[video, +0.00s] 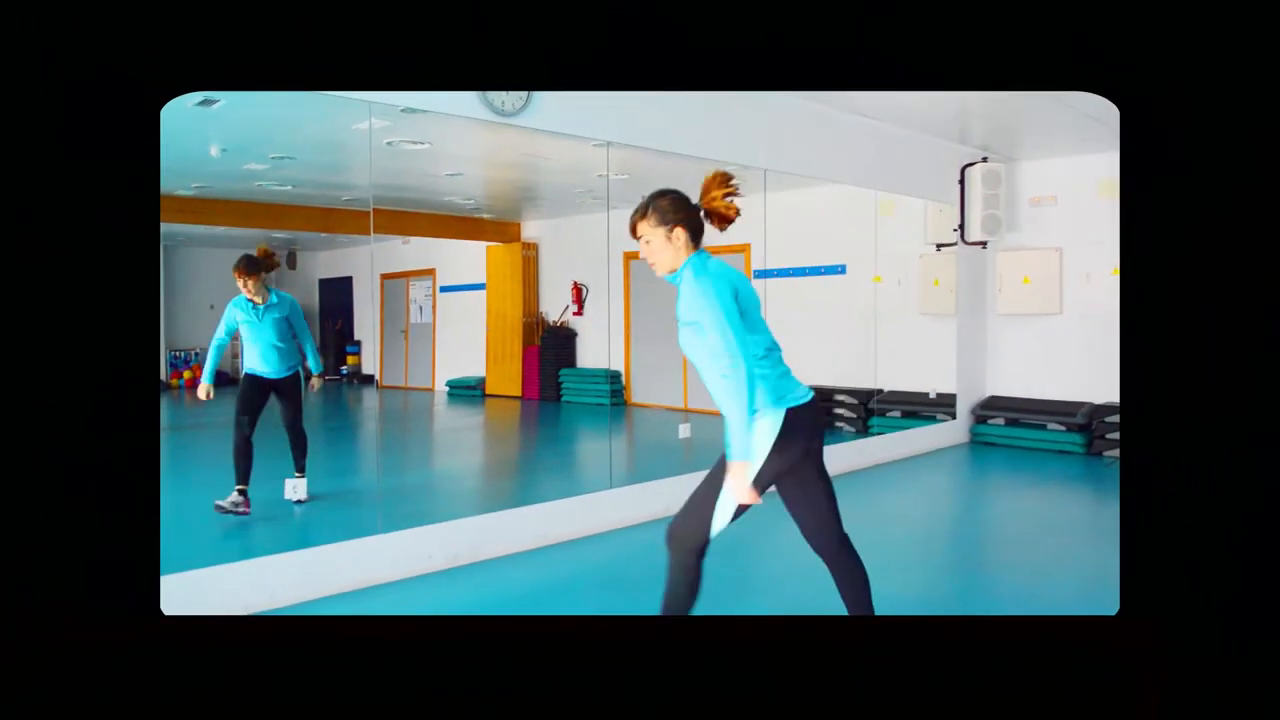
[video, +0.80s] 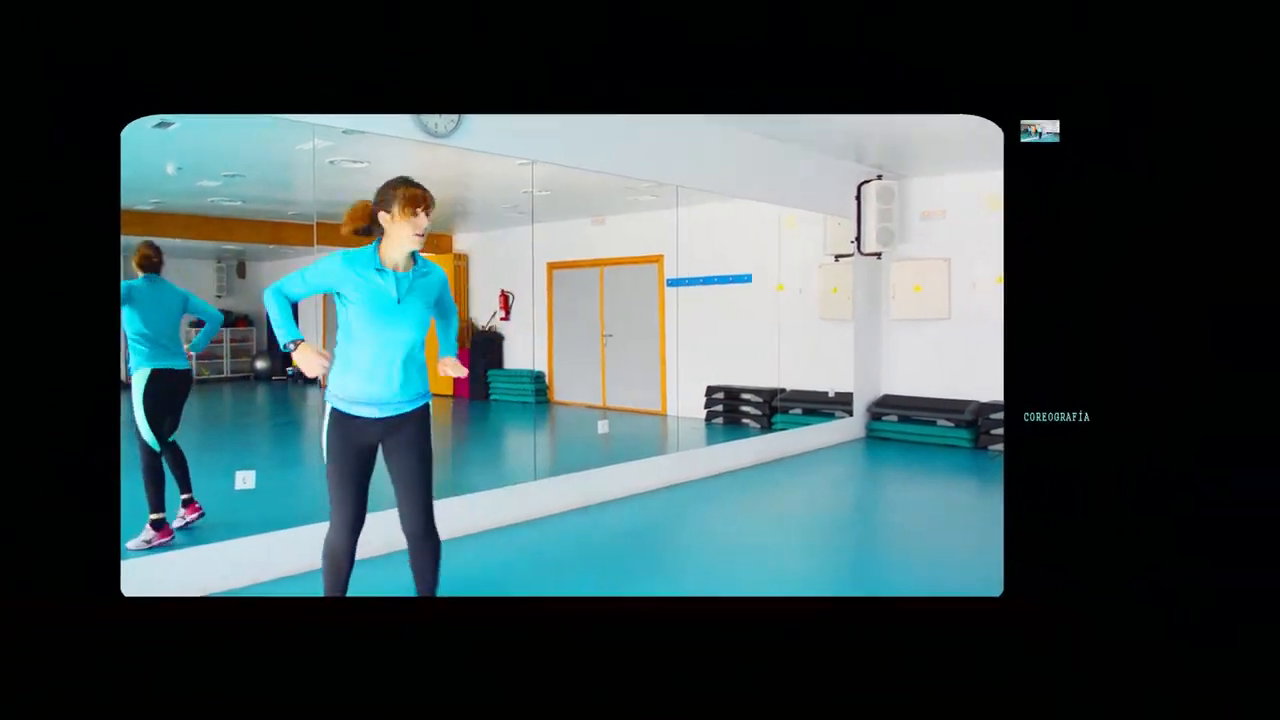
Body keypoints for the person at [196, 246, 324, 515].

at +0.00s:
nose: (243, 285)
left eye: (247, 279)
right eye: (239, 281)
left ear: (261, 276)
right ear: (237, 282)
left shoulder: (287, 303)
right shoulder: (236, 307)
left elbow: (305, 336)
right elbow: (219, 342)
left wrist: (316, 370)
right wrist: (206, 379)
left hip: (288, 376)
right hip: (254, 377)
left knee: (294, 425)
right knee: (243, 428)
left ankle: (300, 478)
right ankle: (241, 493)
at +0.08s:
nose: (243, 295)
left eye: (247, 290)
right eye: (240, 291)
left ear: (263, 288)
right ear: (238, 292)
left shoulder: (287, 313)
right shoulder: (236, 317)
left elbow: (308, 334)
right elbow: (230, 345)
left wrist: (321, 353)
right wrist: (227, 368)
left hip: (289, 386)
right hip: (256, 388)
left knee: (296, 432)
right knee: (240, 433)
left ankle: (304, 479)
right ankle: (237, 502)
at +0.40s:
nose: (230, 274)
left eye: (234, 268)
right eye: (228, 269)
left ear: (251, 267)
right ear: (229, 272)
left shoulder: (273, 298)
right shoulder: (233, 298)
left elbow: (298, 331)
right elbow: (238, 334)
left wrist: (314, 368)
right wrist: (243, 361)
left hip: (273, 375)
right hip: (245, 377)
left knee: (258, 434)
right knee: (245, 437)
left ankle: (291, 484)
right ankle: (258, 498)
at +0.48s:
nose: (220, 272)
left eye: (225, 267)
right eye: (218, 267)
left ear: (241, 267)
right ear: (219, 270)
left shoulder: (259, 296)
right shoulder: (228, 298)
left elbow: (280, 335)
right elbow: (235, 339)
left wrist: (273, 369)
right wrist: (229, 371)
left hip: (259, 377)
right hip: (237, 377)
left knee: (240, 435)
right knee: (237, 436)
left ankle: (261, 502)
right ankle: (252, 497)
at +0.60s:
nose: (192, 274)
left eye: (195, 268)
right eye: (192, 269)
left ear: (210, 269)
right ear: (211, 270)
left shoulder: (217, 296)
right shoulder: (219, 296)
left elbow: (227, 334)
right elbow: (243, 336)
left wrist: (190, 349)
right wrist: (206, 351)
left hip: (232, 377)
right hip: (225, 378)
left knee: (210, 444)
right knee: (218, 442)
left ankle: (215, 519)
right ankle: (240, 499)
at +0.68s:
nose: (172, 276)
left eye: (173, 271)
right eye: (173, 272)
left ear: (179, 271)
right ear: (199, 271)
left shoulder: (180, 295)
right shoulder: (213, 300)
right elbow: (238, 337)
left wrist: (157, 335)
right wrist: (220, 355)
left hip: (200, 380)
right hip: (216, 377)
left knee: (185, 449)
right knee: (202, 443)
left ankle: (198, 525)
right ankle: (224, 498)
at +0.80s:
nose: (144, 263)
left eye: (138, 261)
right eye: (153, 259)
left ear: (135, 265)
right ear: (161, 264)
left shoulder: (130, 289)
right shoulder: (177, 293)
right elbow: (215, 318)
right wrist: (194, 346)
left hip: (149, 373)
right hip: (181, 372)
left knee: (148, 446)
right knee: (166, 439)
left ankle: (158, 524)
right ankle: (189, 503)